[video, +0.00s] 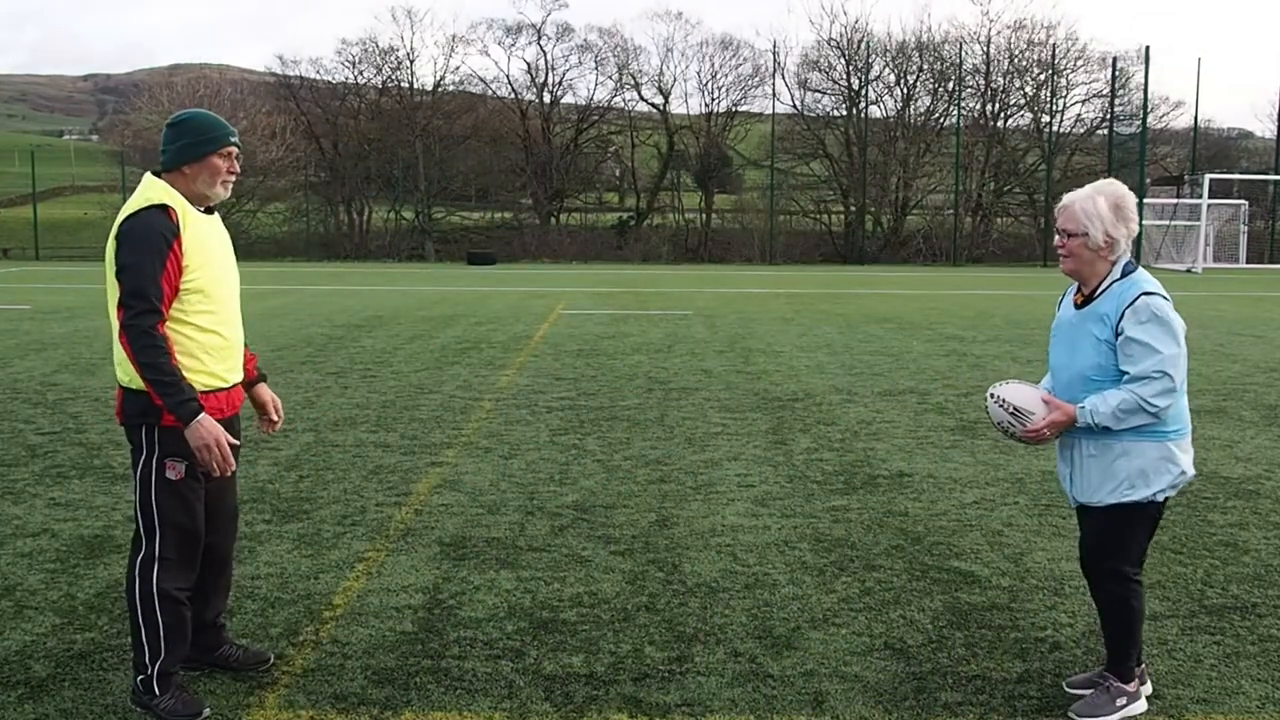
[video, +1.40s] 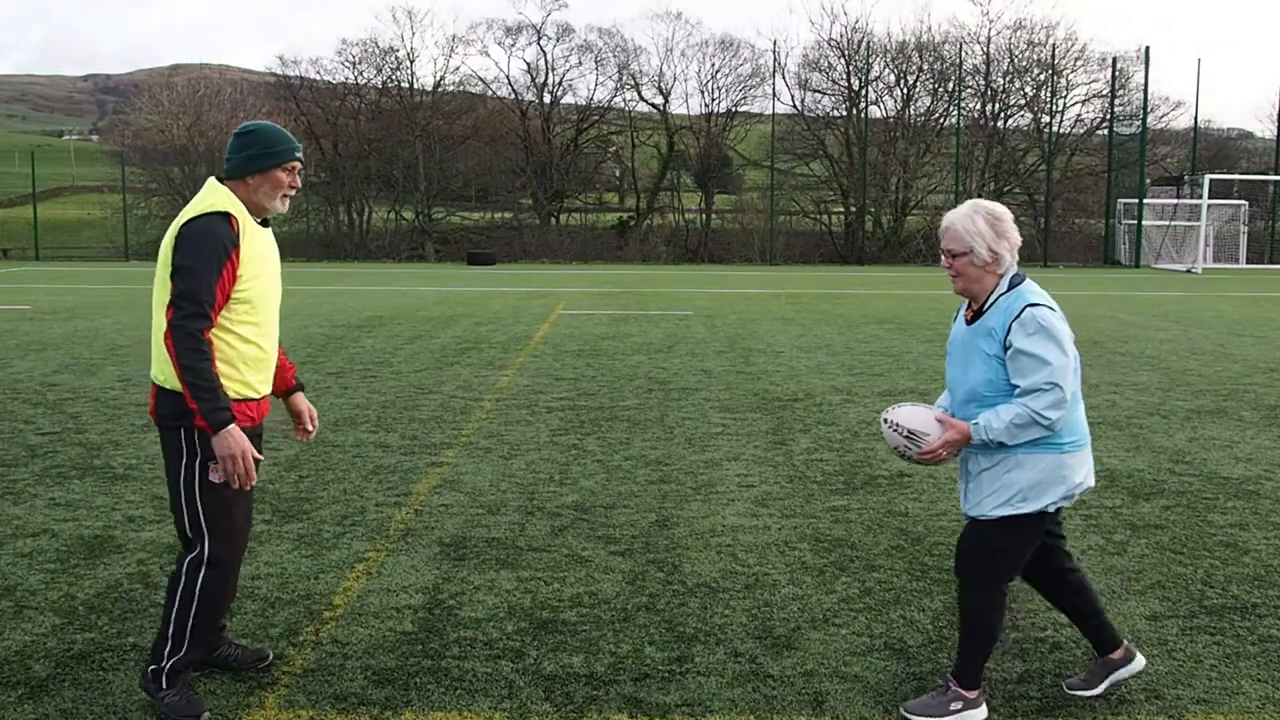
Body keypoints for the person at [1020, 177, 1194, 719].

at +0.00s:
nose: (1058, 244)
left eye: (1070, 235)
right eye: (1058, 234)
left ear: (1107, 240)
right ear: (1064, 237)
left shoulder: (1143, 304)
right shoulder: (1074, 298)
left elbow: (1157, 392)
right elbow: (1068, 374)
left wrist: (1077, 413)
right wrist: (1037, 406)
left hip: (1138, 462)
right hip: (1096, 458)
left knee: (1113, 566)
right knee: (1099, 563)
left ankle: (1127, 681)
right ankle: (1121, 667)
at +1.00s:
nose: (1029, 253)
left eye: (1037, 243)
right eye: (1027, 243)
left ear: (1073, 243)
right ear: (1052, 246)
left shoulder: (1112, 304)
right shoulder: (1059, 301)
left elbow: (1127, 390)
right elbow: (1052, 379)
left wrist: (1053, 417)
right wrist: (1016, 411)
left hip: (1114, 460)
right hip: (1081, 457)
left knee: (1059, 554)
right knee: (1107, 562)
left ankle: (1076, 673)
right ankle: (1128, 670)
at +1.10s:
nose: (1013, 257)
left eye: (1022, 247)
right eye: (1011, 247)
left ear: (1058, 246)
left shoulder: (1098, 305)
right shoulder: (1041, 304)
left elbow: (1117, 391)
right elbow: (1037, 382)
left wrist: (1041, 418)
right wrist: (1001, 420)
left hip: (1106, 459)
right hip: (1071, 455)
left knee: (1049, 550)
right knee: (1096, 562)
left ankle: (1028, 678)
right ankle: (1129, 669)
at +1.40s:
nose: (947, 265)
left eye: (957, 255)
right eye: (945, 255)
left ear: (993, 257)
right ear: (979, 259)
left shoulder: (1032, 315)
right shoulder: (972, 313)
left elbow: (1048, 405)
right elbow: (964, 390)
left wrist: (973, 430)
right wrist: (929, 426)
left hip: (1036, 470)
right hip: (1001, 467)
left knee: (980, 561)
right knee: (1044, 562)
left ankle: (965, 690)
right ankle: (1114, 653)